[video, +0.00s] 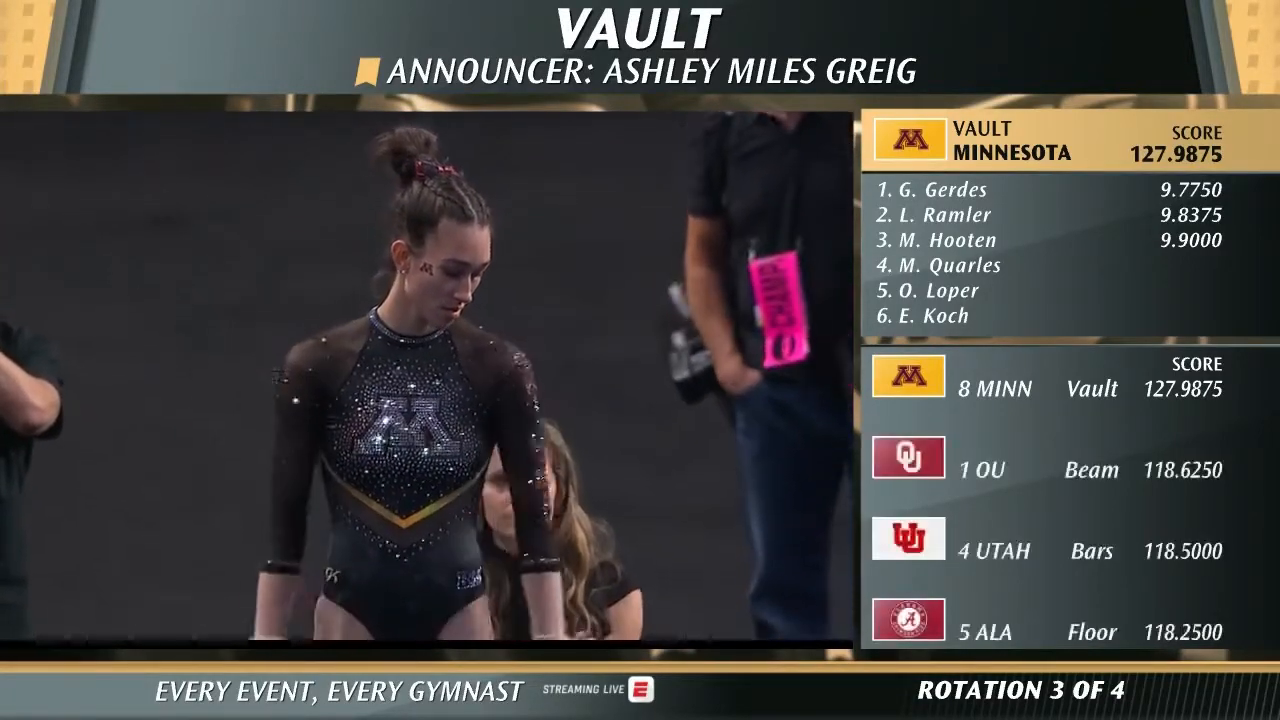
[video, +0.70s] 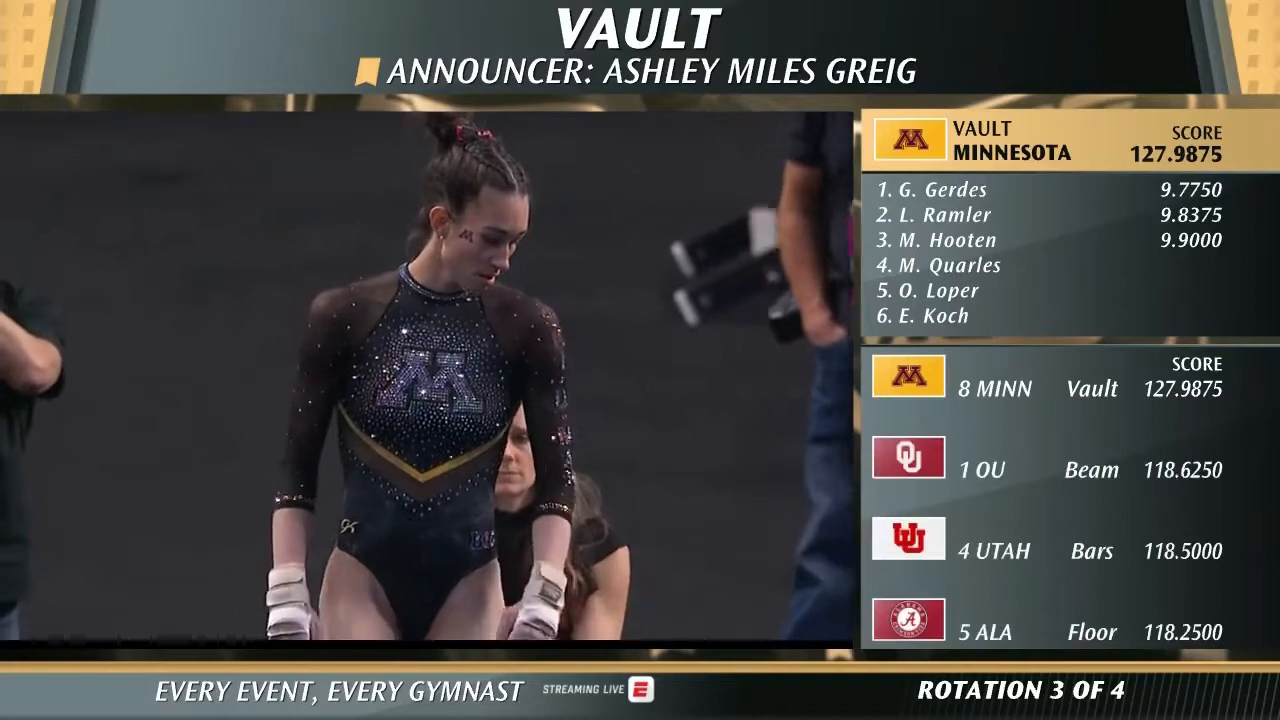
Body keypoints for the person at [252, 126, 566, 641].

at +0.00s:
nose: (465, 292)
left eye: (477, 273)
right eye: (451, 271)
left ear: (488, 265)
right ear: (403, 257)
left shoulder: (499, 369)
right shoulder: (316, 366)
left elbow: (533, 524)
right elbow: (286, 536)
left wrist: (551, 649)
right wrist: (265, 649)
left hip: (461, 606)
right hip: (350, 606)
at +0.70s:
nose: (504, 258)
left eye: (515, 241)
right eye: (492, 238)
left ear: (524, 230)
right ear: (441, 222)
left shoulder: (527, 327)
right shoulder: (343, 315)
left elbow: (555, 477)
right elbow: (299, 465)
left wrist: (543, 597)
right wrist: (287, 596)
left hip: (473, 579)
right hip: (361, 574)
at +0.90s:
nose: (490, 251)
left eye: (500, 233)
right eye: (478, 232)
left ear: (505, 221)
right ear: (424, 215)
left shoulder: (513, 319)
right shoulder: (328, 312)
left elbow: (546, 469)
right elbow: (286, 461)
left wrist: (553, 604)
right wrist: (275, 601)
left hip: (466, 571)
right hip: (355, 566)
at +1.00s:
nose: (481, 250)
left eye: (490, 231)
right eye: (468, 230)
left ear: (497, 220)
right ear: (414, 213)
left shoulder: (503, 316)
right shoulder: (320, 312)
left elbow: (538, 460)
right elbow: (279, 462)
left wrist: (566, 600)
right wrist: (259, 605)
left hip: (458, 568)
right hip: (350, 565)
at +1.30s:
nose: (462, 249)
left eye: (470, 231)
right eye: (447, 229)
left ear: (478, 219)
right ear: (395, 214)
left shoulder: (481, 312)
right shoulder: (301, 316)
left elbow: (520, 457)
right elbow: (263, 473)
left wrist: (565, 592)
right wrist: (233, 612)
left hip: (447, 565)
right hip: (340, 565)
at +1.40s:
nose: (461, 248)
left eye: (469, 230)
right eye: (446, 229)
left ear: (477, 219)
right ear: (395, 213)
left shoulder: (480, 313)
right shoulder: (301, 315)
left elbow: (516, 463)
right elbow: (267, 472)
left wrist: (552, 600)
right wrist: (246, 614)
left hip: (449, 564)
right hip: (341, 563)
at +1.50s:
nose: (463, 244)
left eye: (471, 227)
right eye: (449, 226)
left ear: (478, 217)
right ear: (397, 213)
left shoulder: (483, 313)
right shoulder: (304, 315)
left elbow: (514, 465)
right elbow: (274, 470)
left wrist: (534, 606)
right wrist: (265, 613)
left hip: (452, 563)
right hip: (344, 562)